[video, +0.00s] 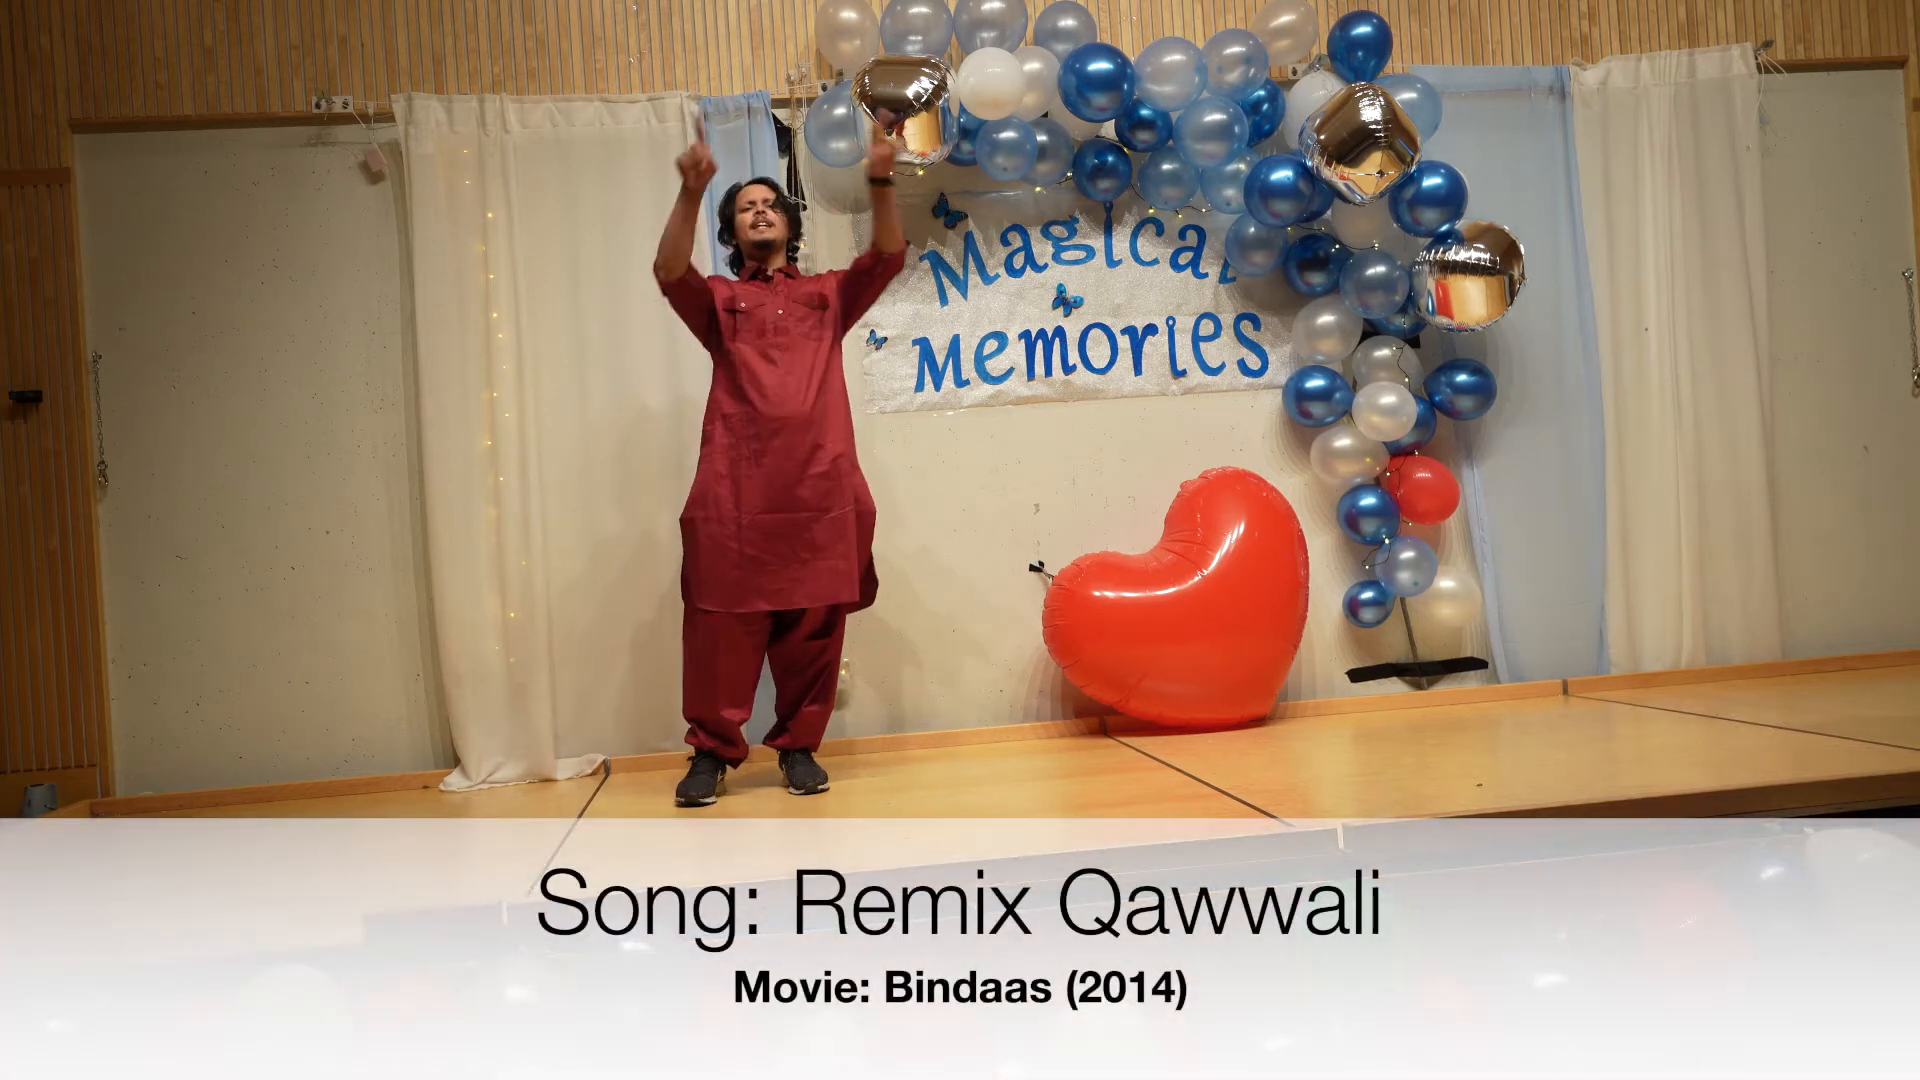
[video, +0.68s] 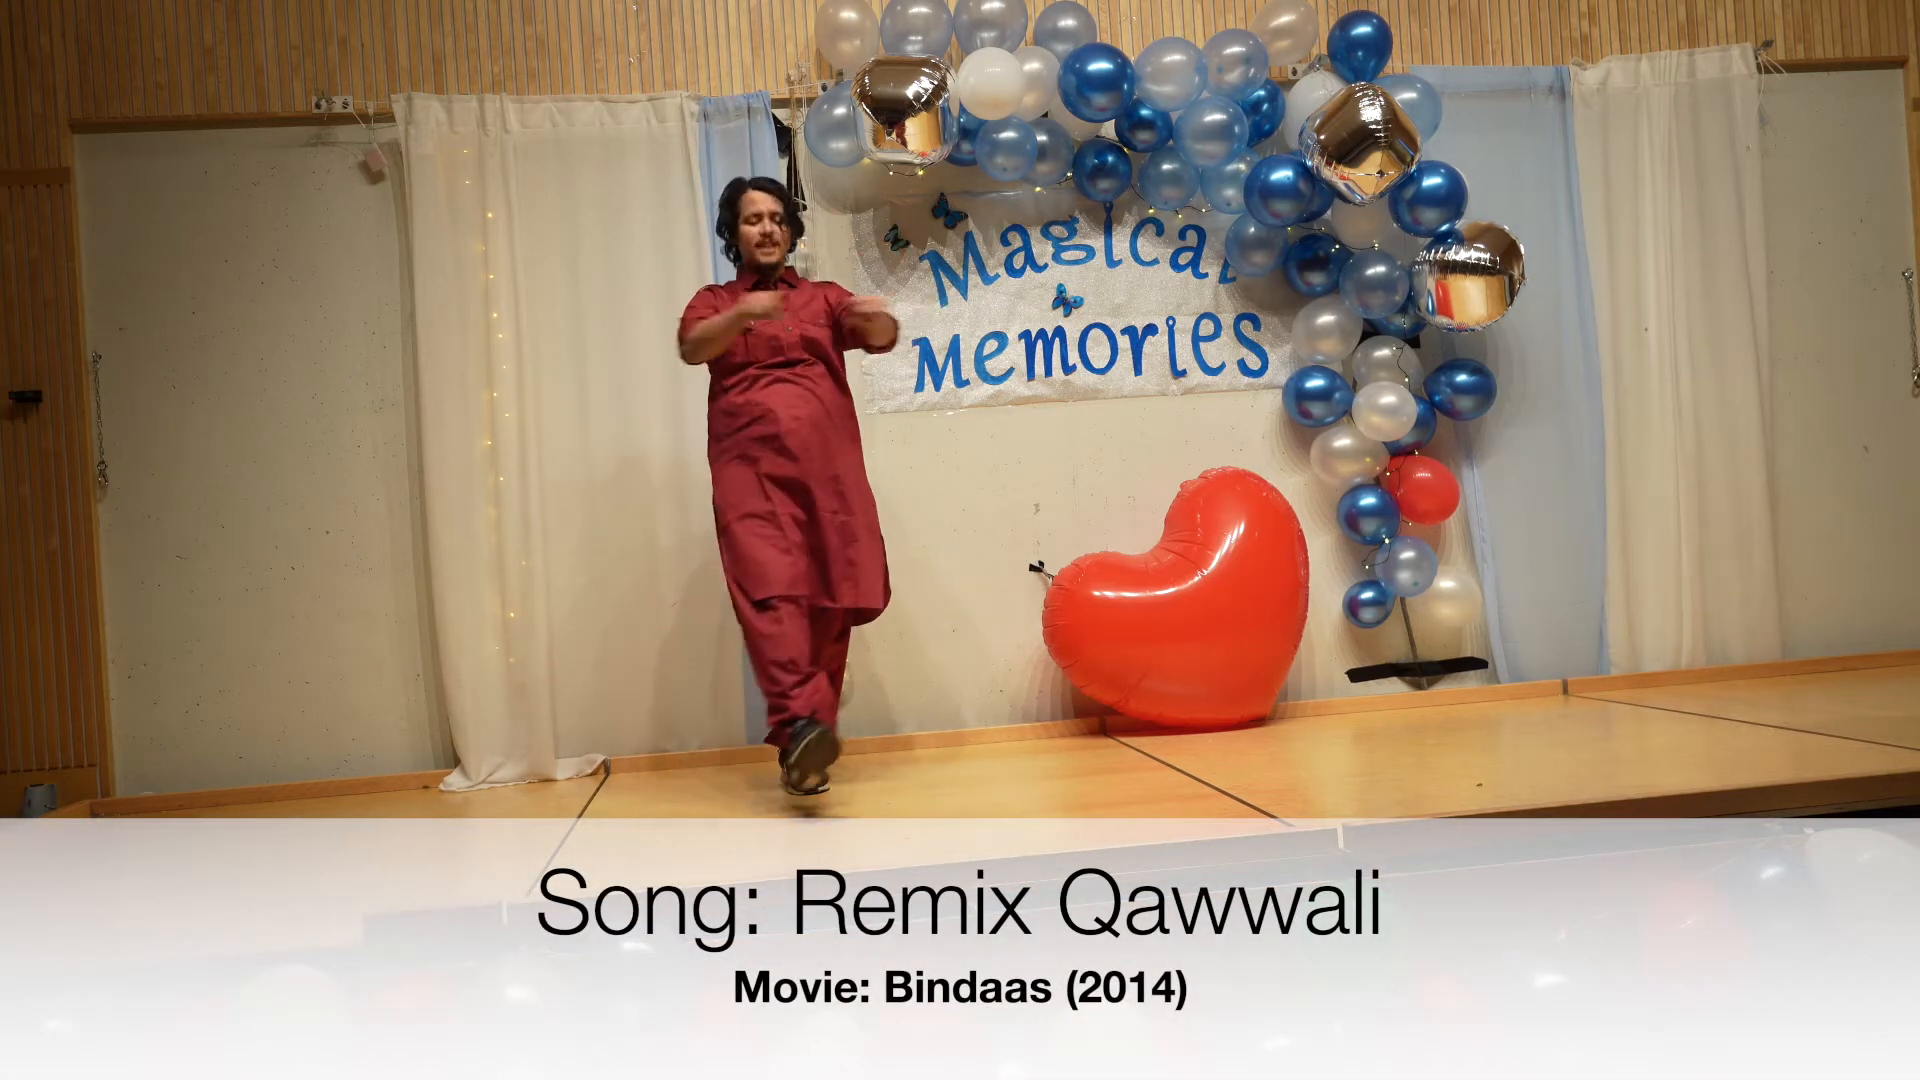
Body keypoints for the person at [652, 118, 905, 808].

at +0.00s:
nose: (759, 214)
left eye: (769, 205)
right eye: (746, 208)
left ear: (793, 224)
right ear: (732, 234)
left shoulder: (829, 292)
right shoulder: (721, 299)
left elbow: (887, 257)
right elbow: (671, 270)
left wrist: (882, 183)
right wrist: (692, 193)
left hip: (817, 484)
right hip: (734, 486)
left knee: (813, 629)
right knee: (719, 627)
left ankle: (800, 749)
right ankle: (710, 753)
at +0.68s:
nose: (766, 228)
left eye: (775, 218)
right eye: (753, 220)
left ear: (792, 229)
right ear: (732, 234)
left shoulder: (825, 296)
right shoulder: (714, 301)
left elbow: (881, 339)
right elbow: (691, 348)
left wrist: (881, 319)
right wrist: (742, 313)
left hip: (829, 471)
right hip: (750, 473)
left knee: (829, 603)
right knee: (771, 597)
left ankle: (809, 744)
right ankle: (800, 731)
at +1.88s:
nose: (817, 179)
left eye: (831, 170)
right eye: (804, 166)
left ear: (847, 185)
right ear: (780, 176)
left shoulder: (863, 254)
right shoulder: (742, 257)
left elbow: (915, 283)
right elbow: (696, 343)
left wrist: (906, 210)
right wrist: (766, 369)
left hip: (864, 459)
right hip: (778, 467)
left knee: (880, 605)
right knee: (789, 616)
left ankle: (865, 741)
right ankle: (818, 764)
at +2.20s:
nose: (852, 197)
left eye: (868, 187)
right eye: (841, 181)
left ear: (887, 191)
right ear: (818, 178)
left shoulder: (906, 255)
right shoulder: (777, 255)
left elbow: (983, 286)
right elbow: (720, 343)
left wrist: (1014, 228)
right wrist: (783, 392)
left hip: (900, 463)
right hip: (810, 470)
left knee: (948, 605)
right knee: (809, 622)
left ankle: (996, 750)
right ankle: (822, 768)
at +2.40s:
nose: (907, 202)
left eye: (921, 192)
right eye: (896, 188)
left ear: (940, 193)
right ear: (874, 183)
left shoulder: (957, 258)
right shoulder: (829, 255)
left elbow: (1025, 329)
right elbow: (769, 346)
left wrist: (1084, 323)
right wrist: (825, 410)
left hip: (942, 464)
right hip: (852, 466)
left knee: (973, 611)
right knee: (834, 618)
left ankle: (1005, 760)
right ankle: (825, 768)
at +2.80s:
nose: (1004, 189)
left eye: (1019, 178)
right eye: (992, 174)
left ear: (1034, 177)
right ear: (965, 166)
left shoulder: (1039, 243)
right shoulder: (919, 237)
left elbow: (1100, 301)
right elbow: (874, 334)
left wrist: (1095, 225)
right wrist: (951, 393)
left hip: (1023, 453)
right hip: (938, 452)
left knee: (1018, 601)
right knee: (928, 601)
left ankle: (1010, 760)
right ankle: (905, 747)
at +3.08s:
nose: (1040, 185)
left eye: (1055, 175)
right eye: (1029, 168)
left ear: (1069, 176)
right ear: (999, 159)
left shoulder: (1071, 241)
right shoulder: (949, 235)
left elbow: (1164, 266)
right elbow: (894, 330)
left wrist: (1184, 176)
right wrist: (967, 402)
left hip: (1050, 450)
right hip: (973, 451)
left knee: (1039, 595)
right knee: (997, 599)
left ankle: (1006, 760)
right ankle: (1044, 761)